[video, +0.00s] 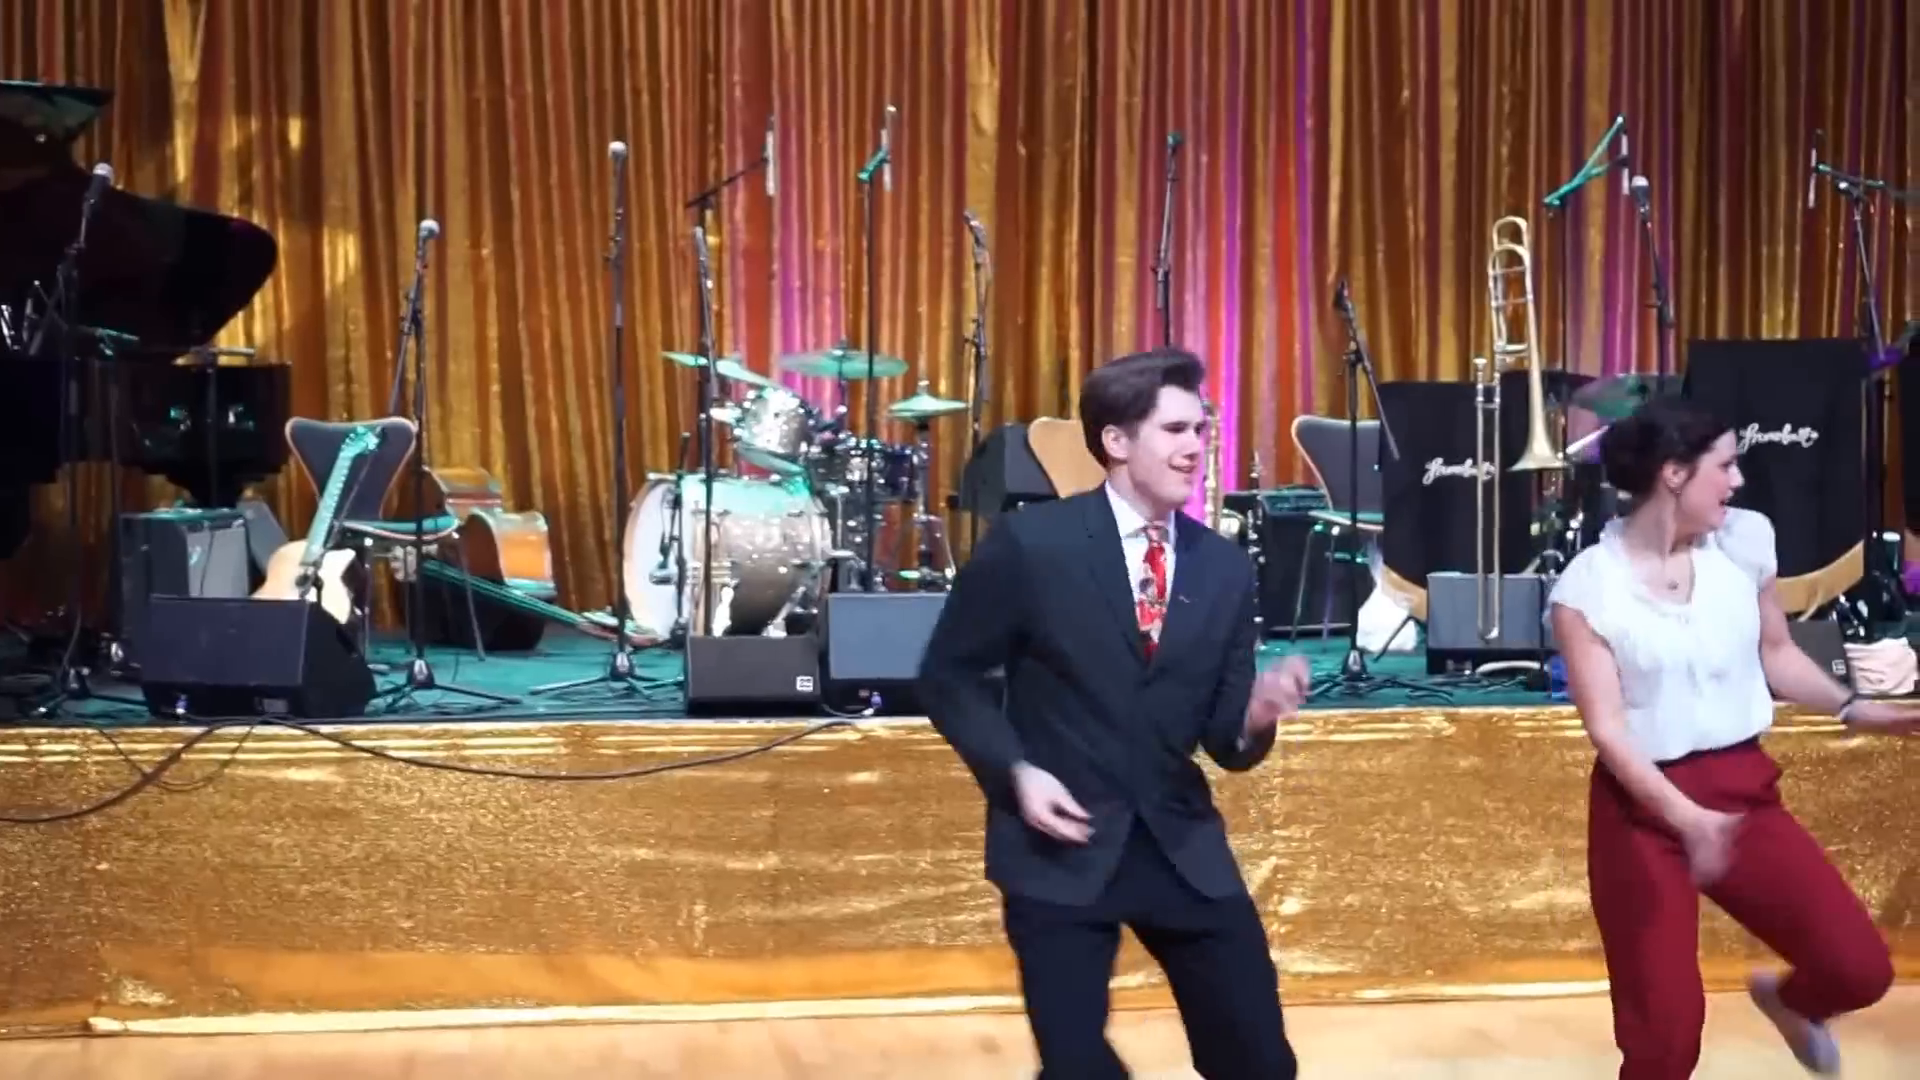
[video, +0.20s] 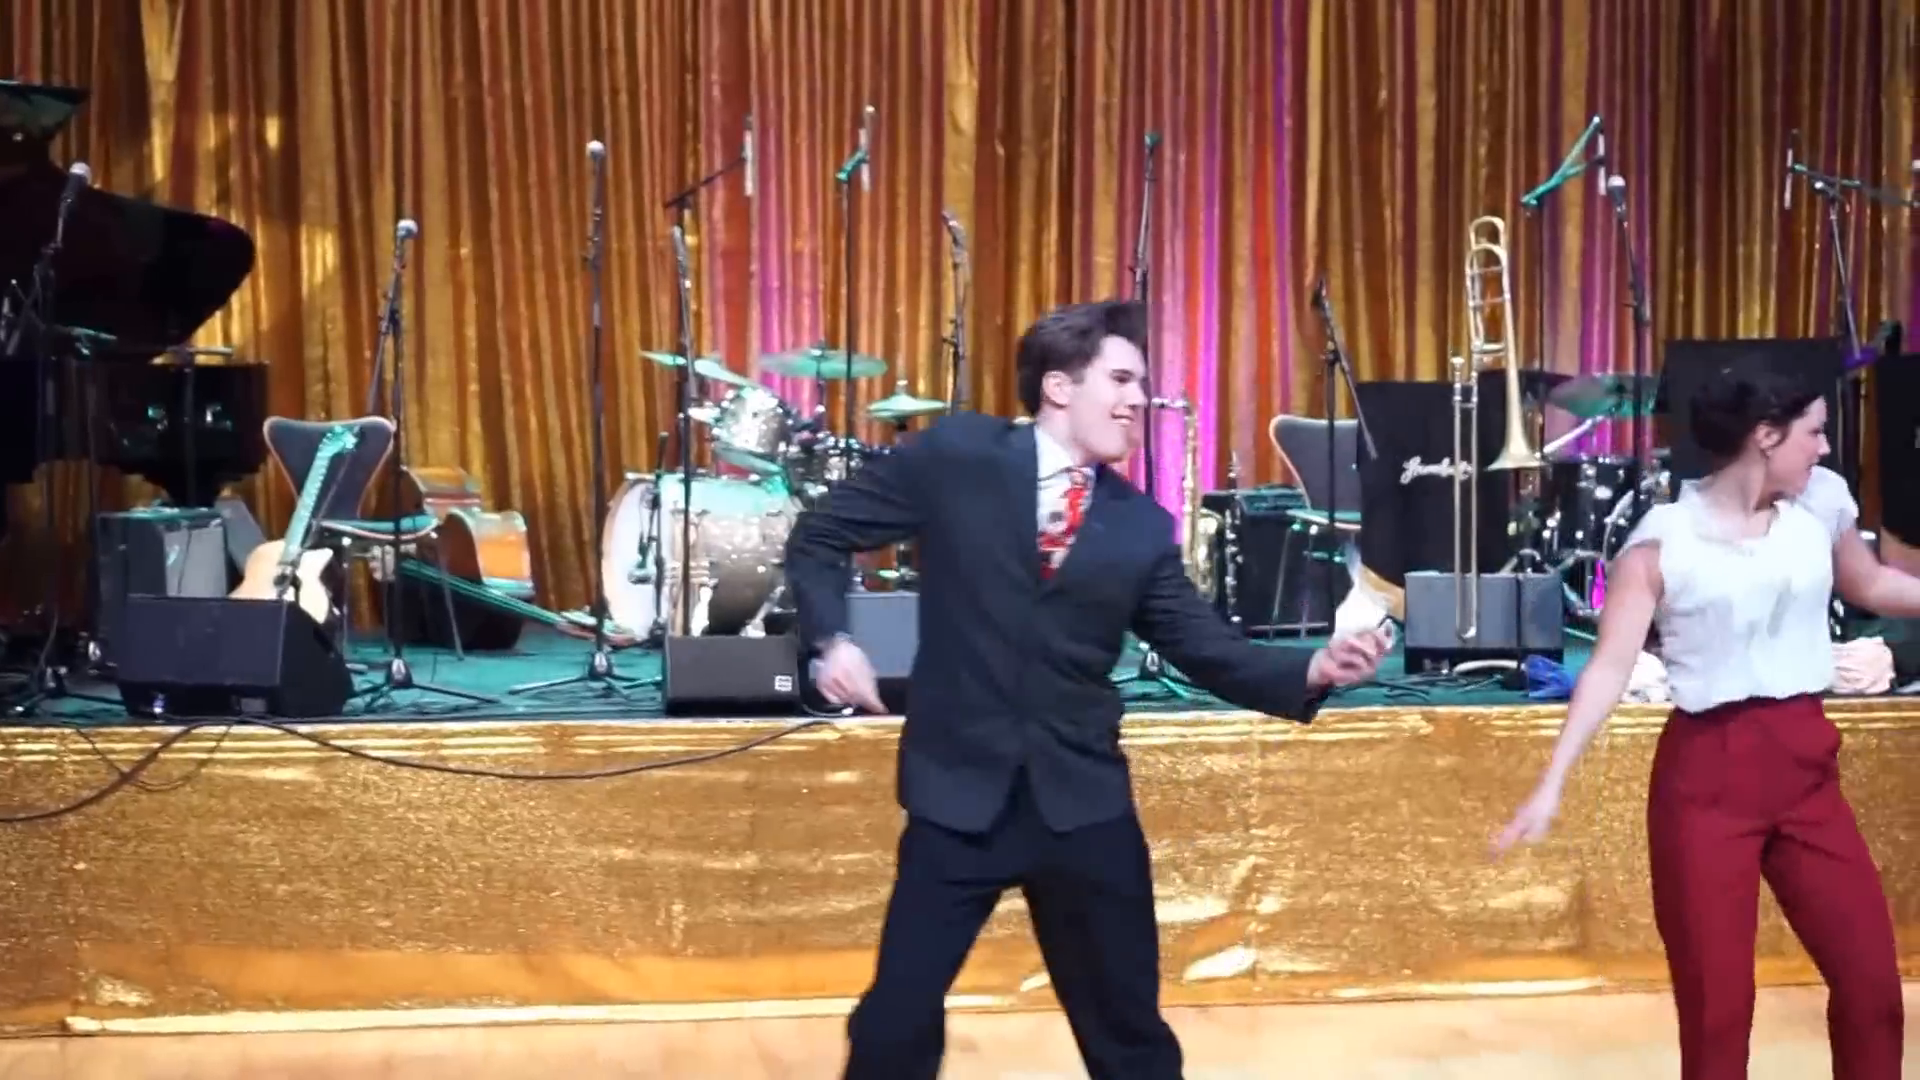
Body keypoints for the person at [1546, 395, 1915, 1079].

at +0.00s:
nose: (1735, 482)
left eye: (1734, 466)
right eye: (1723, 466)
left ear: (1676, 476)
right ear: (1671, 476)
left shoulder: (1743, 549)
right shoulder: (1587, 588)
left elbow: (1776, 650)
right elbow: (1607, 731)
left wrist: (1854, 708)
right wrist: (1688, 816)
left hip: (1745, 796)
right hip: (1640, 811)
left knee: (1861, 971)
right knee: (1665, 1044)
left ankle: (1785, 999)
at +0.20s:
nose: (1822, 447)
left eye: (1824, 431)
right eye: (1815, 430)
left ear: (1766, 438)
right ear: (1762, 437)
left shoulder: (1817, 514)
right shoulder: (1661, 541)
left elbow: (1875, 583)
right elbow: (1609, 668)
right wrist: (1551, 782)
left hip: (1809, 783)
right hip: (1704, 789)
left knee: (1875, 996)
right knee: (1718, 1019)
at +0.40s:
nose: (1886, 440)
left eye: (1887, 423)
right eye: (1877, 422)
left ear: (1836, 424)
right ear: (1826, 423)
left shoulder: (1879, 505)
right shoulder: (1714, 522)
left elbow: (1916, 610)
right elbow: (1628, 626)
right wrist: (1546, 725)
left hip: (1849, 774)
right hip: (1744, 777)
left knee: (1869, 1012)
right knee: (1719, 1001)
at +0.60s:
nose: (1903, 481)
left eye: (1903, 464)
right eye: (1888, 463)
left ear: (1845, 473)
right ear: (1831, 471)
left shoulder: (1873, 587)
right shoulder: (1733, 560)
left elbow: (1894, 709)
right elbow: (1641, 653)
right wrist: (1544, 736)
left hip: (1850, 810)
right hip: (1753, 812)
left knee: (1884, 1027)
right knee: (1745, 1047)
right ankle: (1680, 890)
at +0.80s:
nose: (1749, 432)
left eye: (1769, 415)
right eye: (1739, 415)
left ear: (1814, 422)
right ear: (1728, 421)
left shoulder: (1858, 522)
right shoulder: (1681, 501)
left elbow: (1886, 653)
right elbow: (1585, 595)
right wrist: (1482, 669)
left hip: (1802, 762)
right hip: (1689, 758)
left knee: (1816, 988)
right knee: (1636, 973)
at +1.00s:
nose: (1622, 453)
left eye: (1638, 436)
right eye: (1618, 438)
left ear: (1694, 440)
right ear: (1617, 444)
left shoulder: (1760, 548)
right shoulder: (1591, 531)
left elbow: (1782, 684)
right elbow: (1515, 599)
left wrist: (1795, 650)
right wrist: (1435, 651)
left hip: (1725, 792)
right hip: (1617, 794)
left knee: (1776, 1008)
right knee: (1572, 1002)